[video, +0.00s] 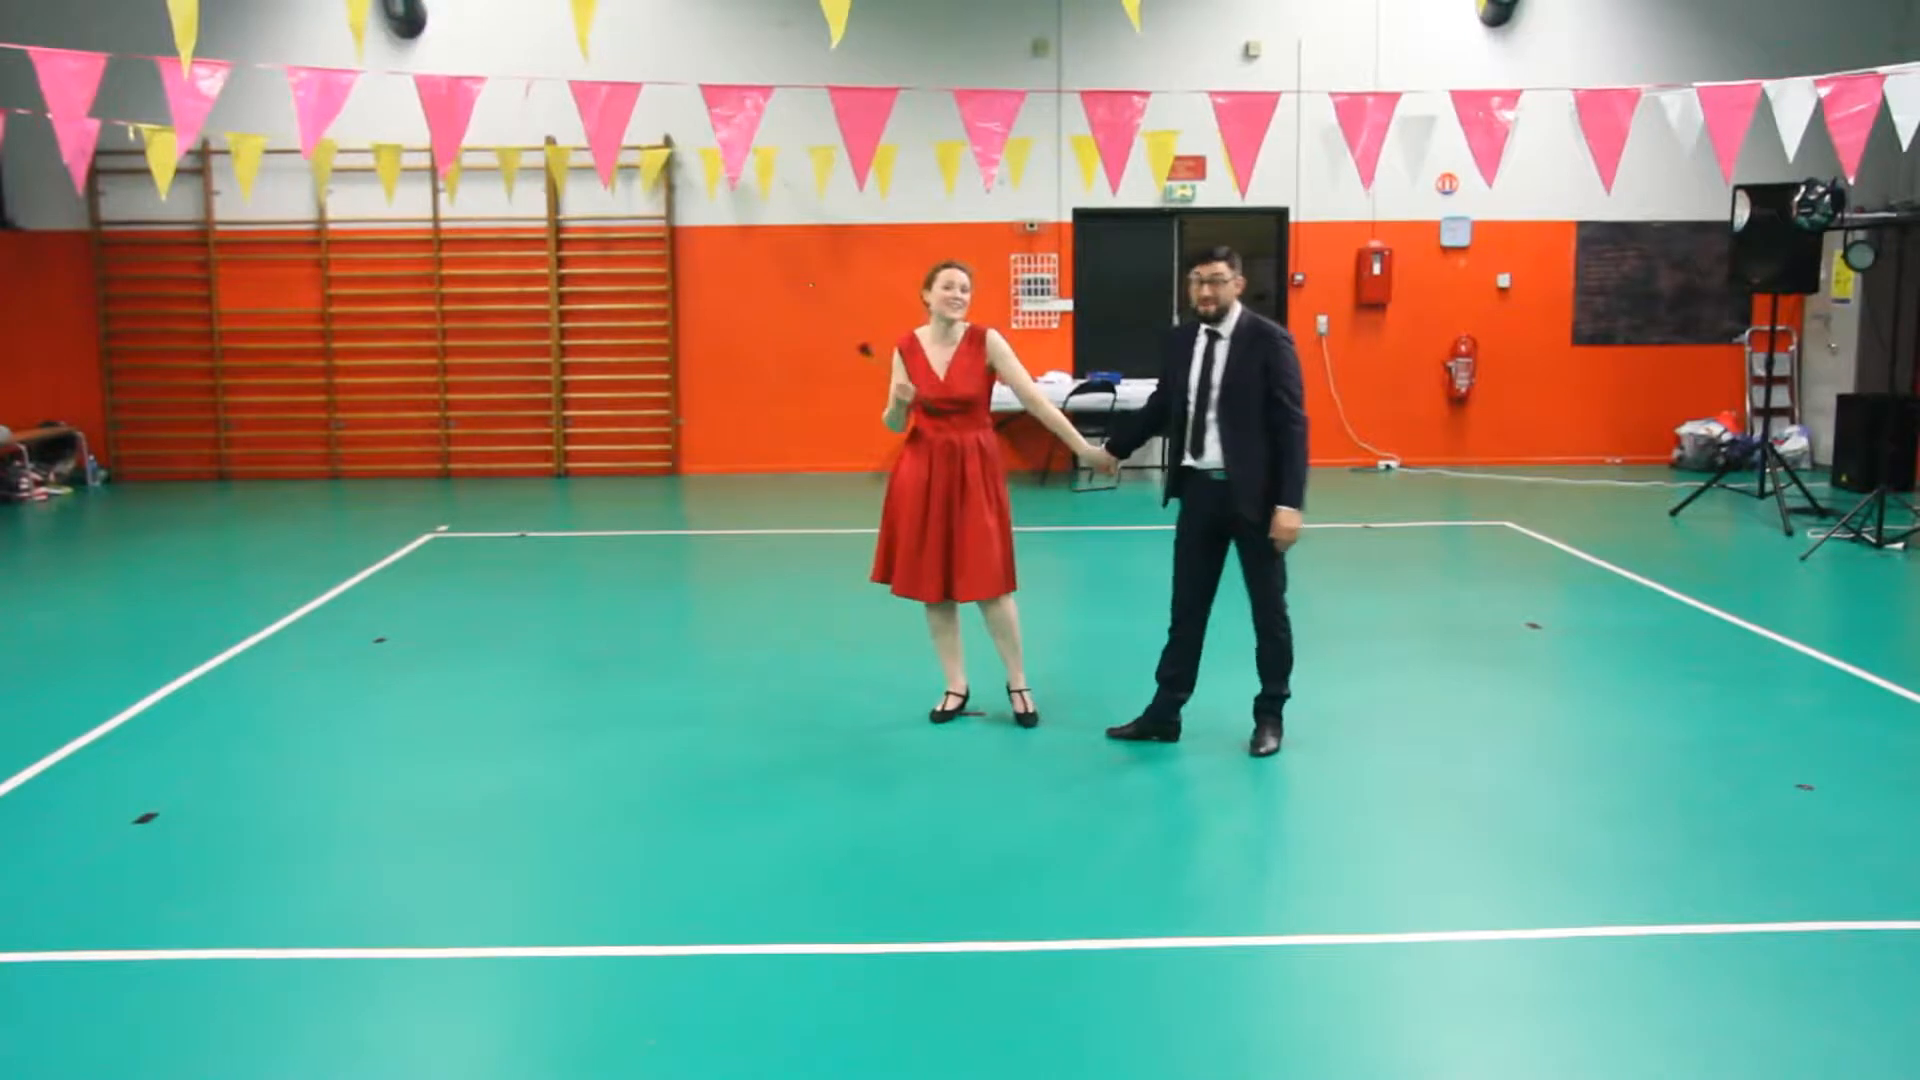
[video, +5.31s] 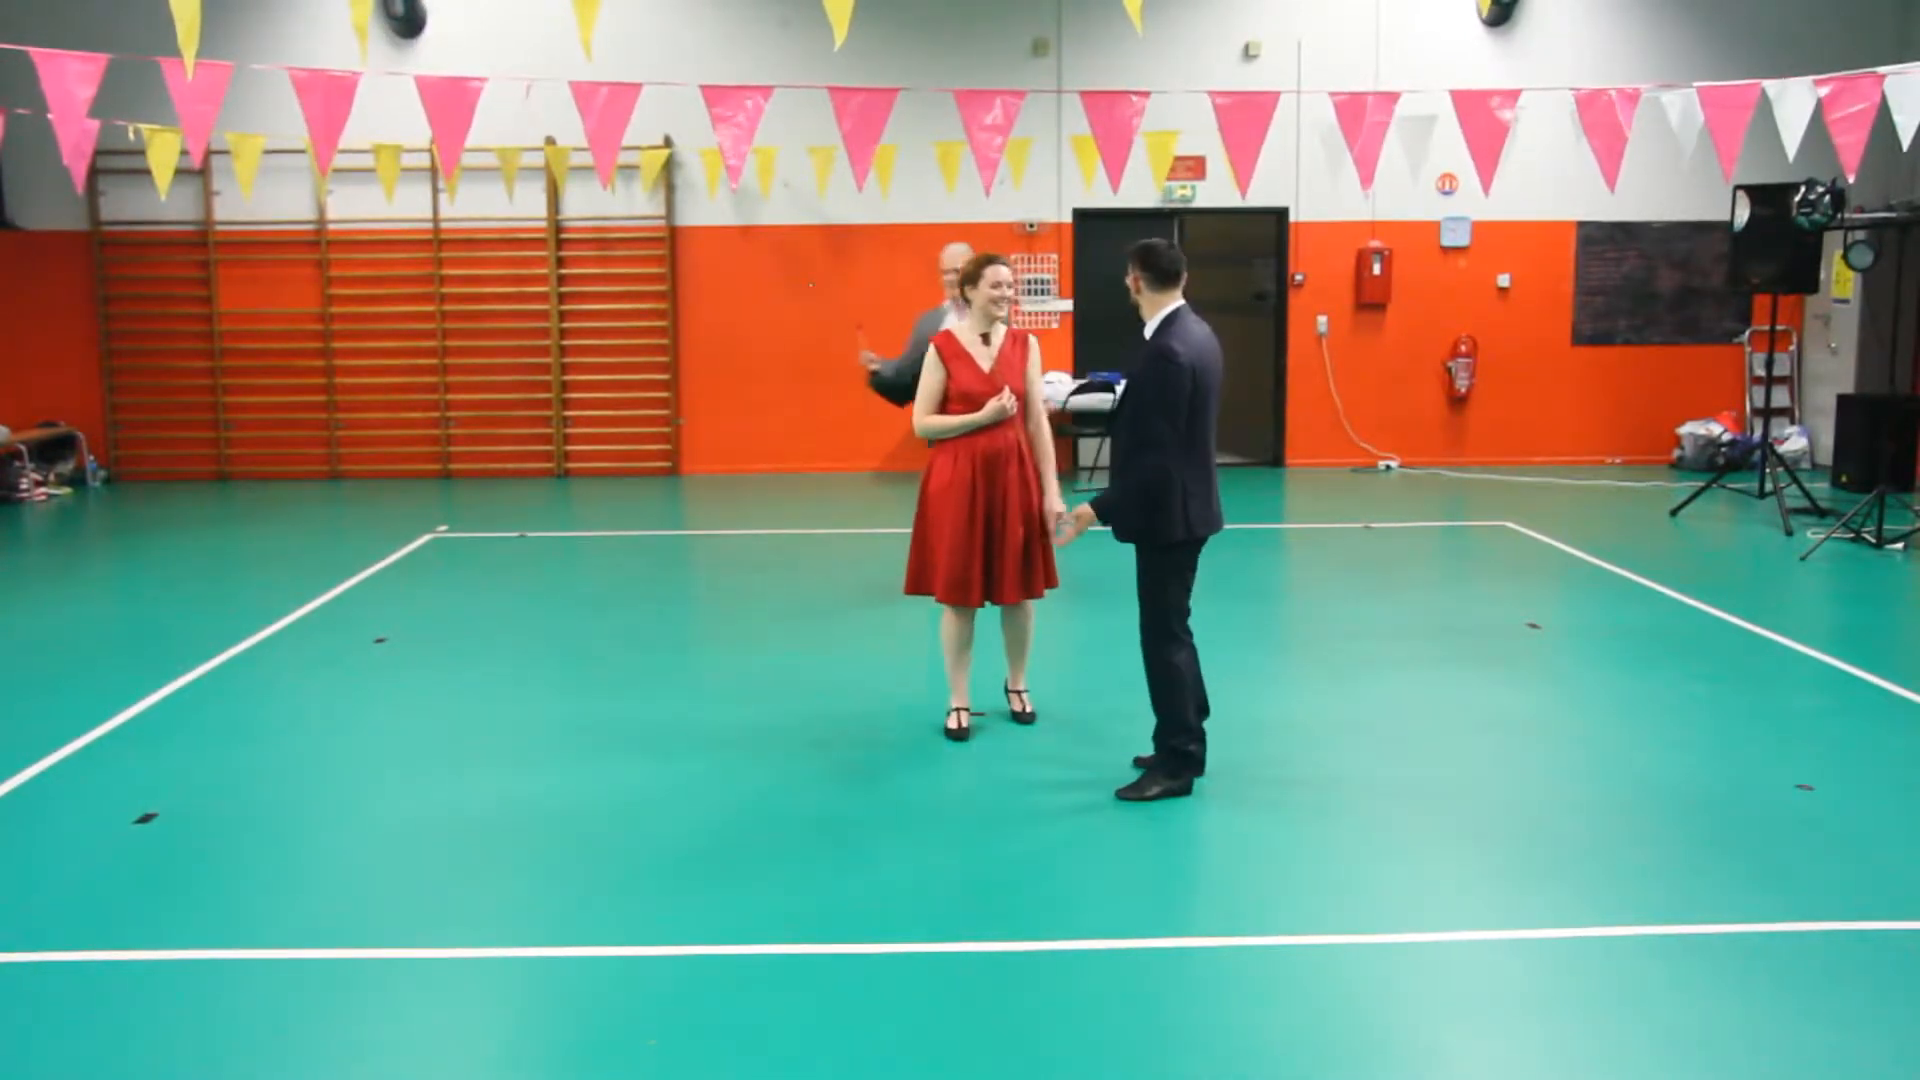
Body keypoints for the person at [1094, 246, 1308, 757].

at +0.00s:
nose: (1207, 291)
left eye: (1217, 281)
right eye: (1198, 282)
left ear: (1240, 285)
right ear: (1188, 289)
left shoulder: (1270, 341)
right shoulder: (1181, 340)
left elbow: (1292, 424)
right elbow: (1163, 405)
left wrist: (1291, 501)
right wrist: (1114, 448)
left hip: (1253, 492)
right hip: (1199, 490)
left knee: (1268, 610)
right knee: (1187, 607)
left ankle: (1270, 716)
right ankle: (1164, 713)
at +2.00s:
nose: (1141, 291)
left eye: (1147, 281)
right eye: (1141, 282)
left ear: (1178, 281)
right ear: (1171, 284)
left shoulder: (1226, 340)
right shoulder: (1167, 337)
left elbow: (1237, 428)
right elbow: (1152, 411)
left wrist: (1228, 503)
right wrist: (1118, 473)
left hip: (1205, 488)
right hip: (1163, 483)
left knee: (1215, 600)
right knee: (1172, 596)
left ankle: (1249, 713)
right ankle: (1176, 692)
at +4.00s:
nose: (1130, 291)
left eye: (1141, 282)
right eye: (1128, 282)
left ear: (1175, 284)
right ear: (1139, 289)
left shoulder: (1211, 346)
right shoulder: (1146, 344)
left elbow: (1238, 435)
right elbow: (1133, 423)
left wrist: (1240, 517)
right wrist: (1097, 479)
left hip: (1193, 504)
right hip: (1149, 500)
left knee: (1185, 630)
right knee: (1175, 627)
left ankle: (1184, 759)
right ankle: (1184, 731)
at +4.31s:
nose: (1119, 287)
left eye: (1129, 277)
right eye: (1120, 278)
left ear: (1167, 280)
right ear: (1152, 282)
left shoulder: (1192, 344)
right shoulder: (1154, 340)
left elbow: (1203, 441)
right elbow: (1138, 424)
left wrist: (1185, 526)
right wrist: (1102, 466)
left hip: (1174, 514)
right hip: (1146, 509)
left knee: (1173, 640)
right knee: (1165, 635)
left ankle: (1178, 763)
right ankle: (1179, 733)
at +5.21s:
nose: (1123, 286)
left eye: (1124, 278)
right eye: (1127, 277)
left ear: (1131, 282)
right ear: (1176, 280)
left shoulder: (1161, 352)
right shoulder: (1192, 335)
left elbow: (1146, 453)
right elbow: (1157, 425)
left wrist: (1117, 529)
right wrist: (1111, 470)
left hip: (1165, 518)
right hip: (1185, 510)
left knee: (1166, 638)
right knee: (1170, 633)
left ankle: (1180, 764)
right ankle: (1178, 742)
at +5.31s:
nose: (1125, 286)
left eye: (1127, 278)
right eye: (1130, 277)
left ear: (1137, 282)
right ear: (1180, 280)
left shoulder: (1166, 351)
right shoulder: (1195, 336)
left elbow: (1152, 456)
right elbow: (1148, 411)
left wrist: (1095, 508)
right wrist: (1073, 398)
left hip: (1165, 519)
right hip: (1187, 511)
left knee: (1162, 637)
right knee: (1171, 629)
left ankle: (1179, 763)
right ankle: (1182, 737)